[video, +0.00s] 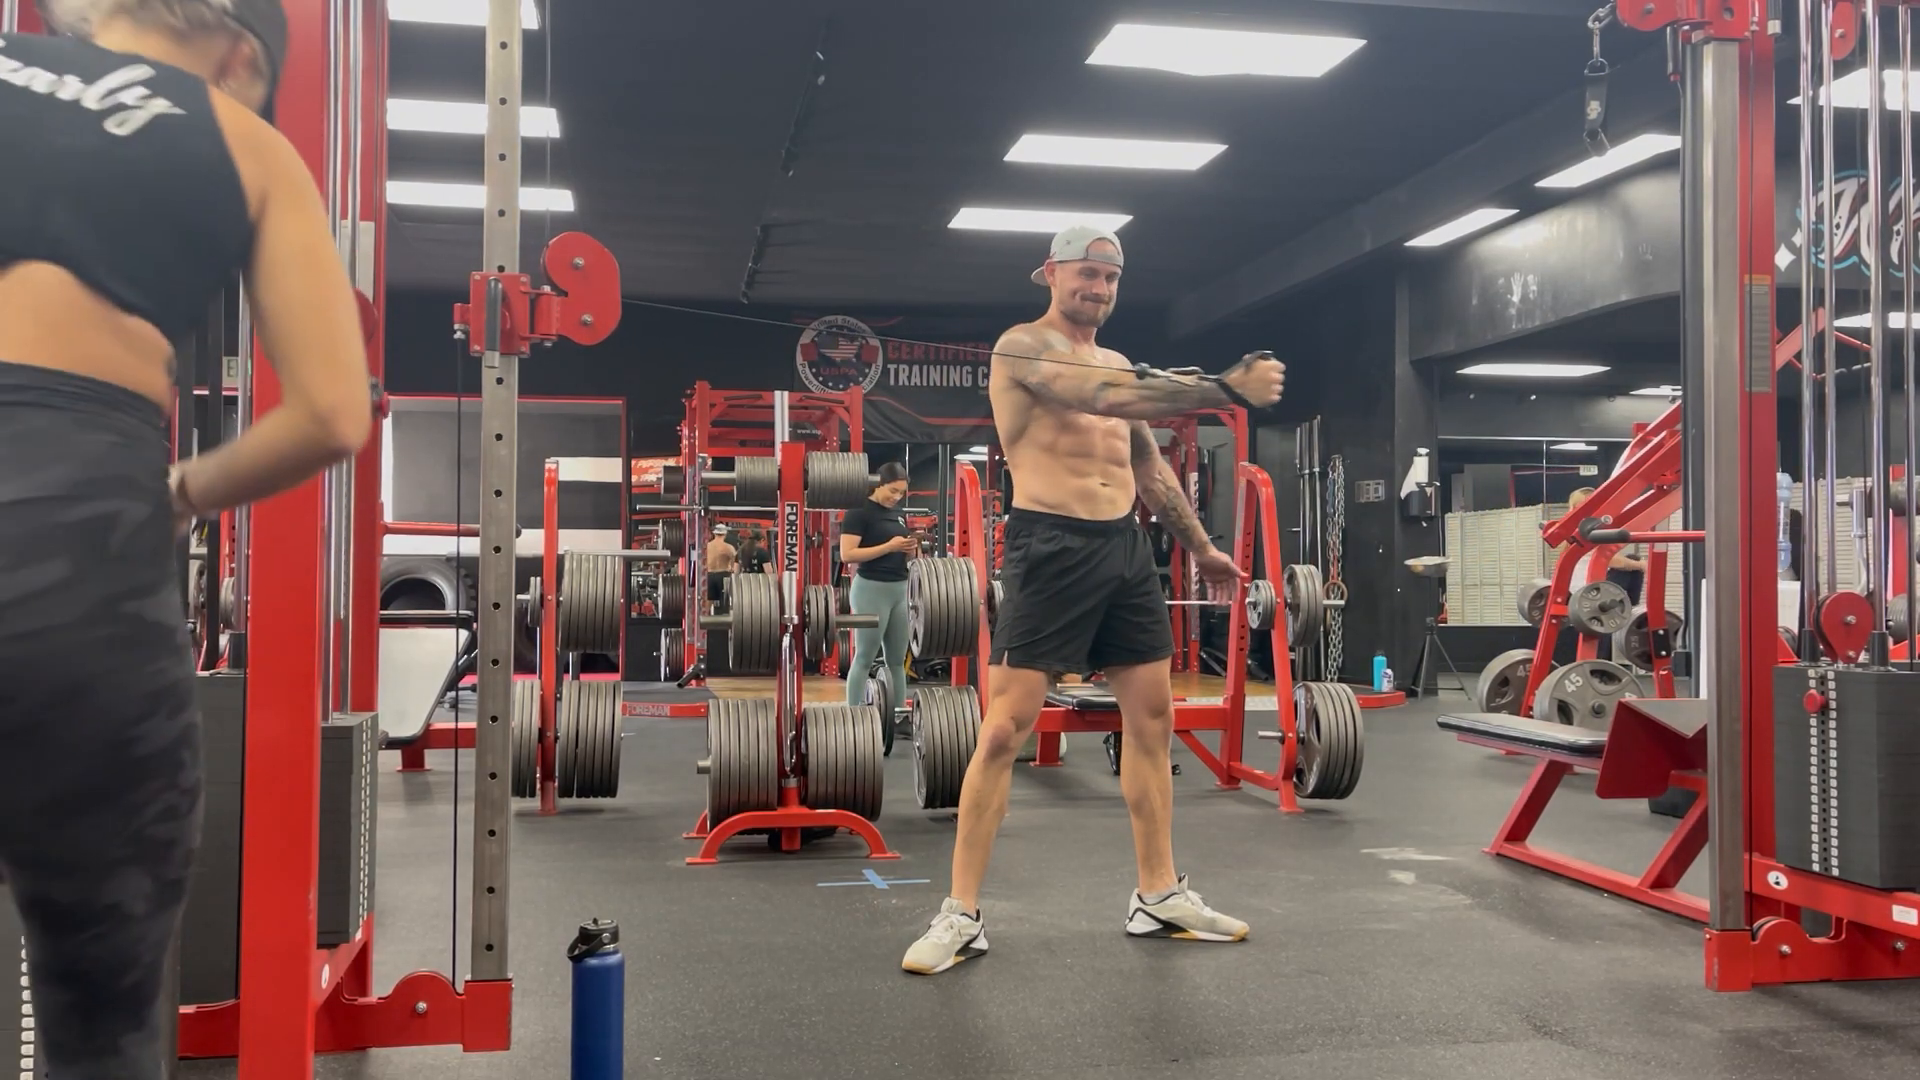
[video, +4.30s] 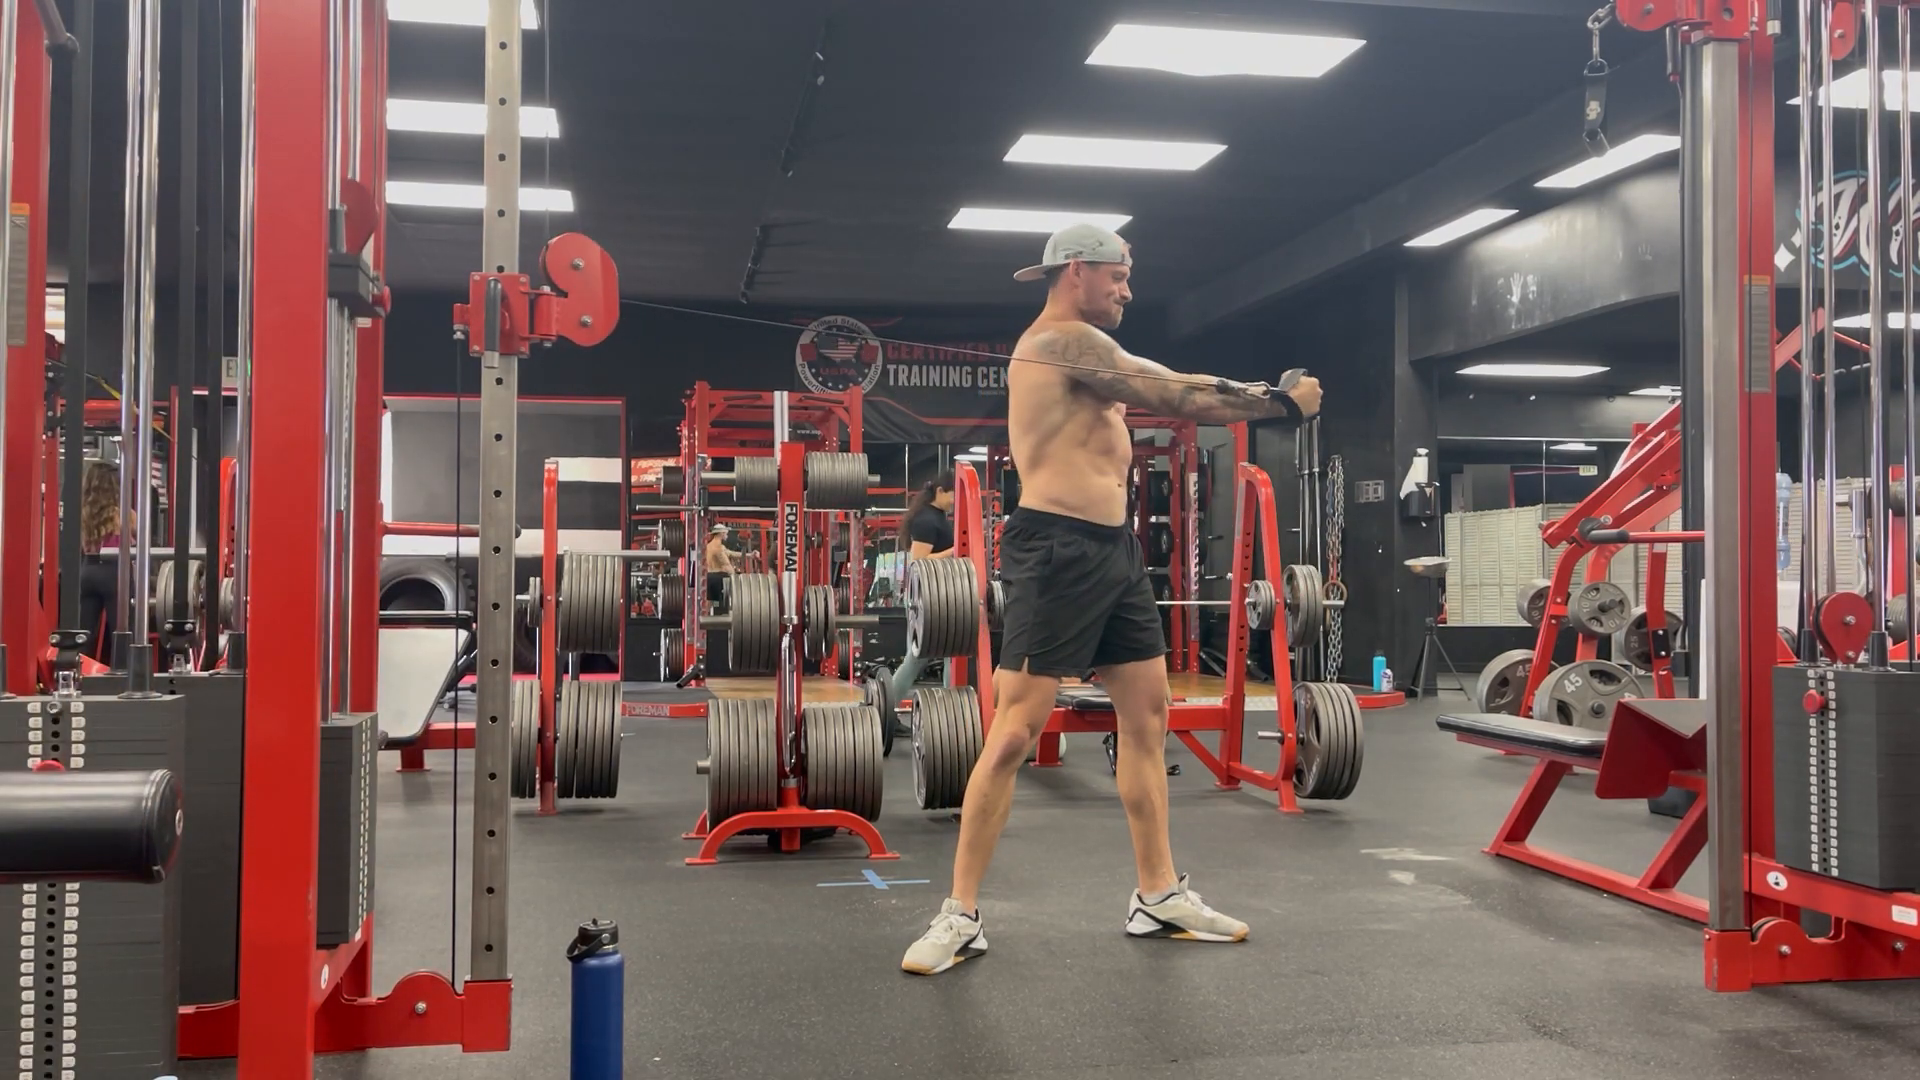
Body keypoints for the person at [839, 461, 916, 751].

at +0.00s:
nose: (898, 497)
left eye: (901, 493)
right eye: (894, 491)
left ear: (903, 491)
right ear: (879, 485)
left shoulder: (895, 515)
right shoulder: (858, 513)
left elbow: (900, 555)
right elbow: (846, 554)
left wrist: (911, 548)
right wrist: (889, 547)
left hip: (898, 590)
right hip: (870, 589)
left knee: (897, 660)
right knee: (865, 657)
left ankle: (901, 715)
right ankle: (853, 716)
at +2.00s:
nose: (897, 499)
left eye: (901, 495)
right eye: (893, 493)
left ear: (904, 491)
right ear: (880, 485)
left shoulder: (897, 514)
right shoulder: (858, 513)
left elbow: (903, 551)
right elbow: (850, 554)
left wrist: (909, 549)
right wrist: (891, 546)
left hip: (898, 591)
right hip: (869, 590)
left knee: (896, 661)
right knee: (863, 659)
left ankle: (899, 720)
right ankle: (853, 720)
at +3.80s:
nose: (918, 497)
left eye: (920, 492)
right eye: (915, 490)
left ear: (901, 487)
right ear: (898, 485)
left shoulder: (895, 512)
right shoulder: (886, 513)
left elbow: (894, 550)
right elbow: (883, 557)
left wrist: (918, 548)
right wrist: (918, 545)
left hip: (893, 586)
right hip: (886, 587)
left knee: (886, 655)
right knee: (905, 654)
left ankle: (874, 711)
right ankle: (881, 710)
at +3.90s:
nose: (923, 498)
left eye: (926, 493)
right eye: (921, 492)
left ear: (907, 488)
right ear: (904, 485)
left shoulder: (899, 512)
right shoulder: (892, 513)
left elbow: (897, 551)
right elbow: (887, 557)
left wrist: (921, 550)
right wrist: (923, 546)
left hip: (893, 585)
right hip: (890, 586)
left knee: (889, 657)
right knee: (919, 650)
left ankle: (881, 713)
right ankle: (898, 712)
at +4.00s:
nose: (931, 499)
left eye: (933, 494)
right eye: (928, 493)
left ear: (913, 488)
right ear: (912, 487)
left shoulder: (906, 511)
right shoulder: (898, 513)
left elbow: (904, 551)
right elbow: (892, 557)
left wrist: (929, 549)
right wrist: (928, 546)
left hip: (897, 583)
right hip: (896, 584)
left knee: (893, 653)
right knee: (928, 648)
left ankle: (882, 714)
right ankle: (926, 716)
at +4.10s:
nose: (937, 501)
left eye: (941, 496)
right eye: (935, 494)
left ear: (920, 490)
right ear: (919, 488)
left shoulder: (915, 513)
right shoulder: (905, 514)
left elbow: (912, 552)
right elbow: (898, 558)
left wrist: (937, 549)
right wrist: (934, 547)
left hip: (903, 582)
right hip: (903, 584)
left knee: (897, 652)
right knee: (933, 648)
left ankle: (884, 712)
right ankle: (945, 715)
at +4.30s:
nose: (954, 500)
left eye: (956, 495)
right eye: (952, 494)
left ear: (943, 493)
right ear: (939, 491)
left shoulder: (940, 516)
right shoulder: (926, 518)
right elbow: (918, 560)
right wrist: (955, 550)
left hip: (947, 593)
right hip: (930, 594)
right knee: (919, 651)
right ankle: (887, 704)